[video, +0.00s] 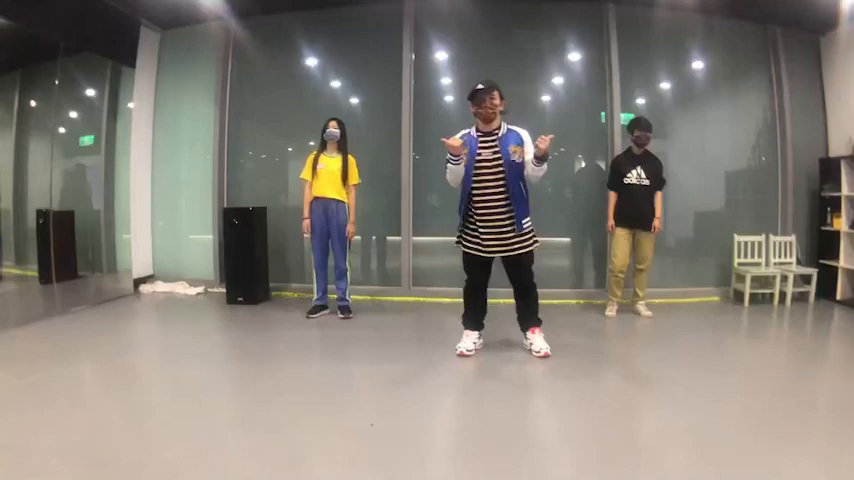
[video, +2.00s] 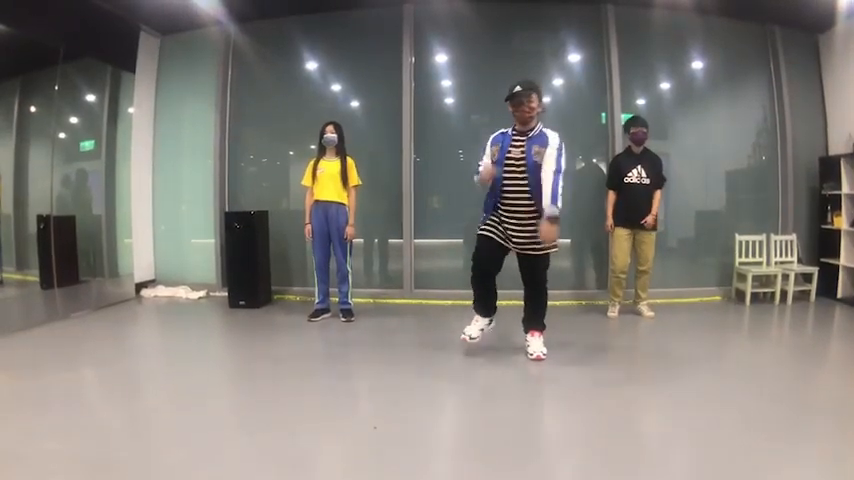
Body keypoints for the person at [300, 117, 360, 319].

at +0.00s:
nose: (332, 131)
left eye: (336, 128)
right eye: (329, 128)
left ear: (342, 134)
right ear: (323, 133)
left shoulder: (348, 160)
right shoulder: (314, 158)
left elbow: (352, 192)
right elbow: (308, 188)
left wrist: (352, 221)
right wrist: (306, 216)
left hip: (339, 204)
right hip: (318, 203)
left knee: (340, 258)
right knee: (319, 257)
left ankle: (343, 301)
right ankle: (320, 301)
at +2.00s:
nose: (330, 136)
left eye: (334, 133)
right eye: (326, 133)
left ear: (340, 137)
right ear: (321, 138)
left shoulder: (347, 162)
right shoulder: (314, 163)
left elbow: (352, 193)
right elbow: (309, 193)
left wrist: (351, 223)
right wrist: (307, 221)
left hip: (339, 207)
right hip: (318, 207)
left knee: (342, 260)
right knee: (320, 260)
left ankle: (345, 305)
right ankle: (322, 304)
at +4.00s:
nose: (345, 149)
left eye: (349, 146)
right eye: (341, 146)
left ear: (354, 154)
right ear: (335, 152)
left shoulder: (356, 180)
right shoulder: (324, 173)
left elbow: (363, 207)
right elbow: (300, 191)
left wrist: (350, 209)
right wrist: (309, 214)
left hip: (341, 224)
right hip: (322, 223)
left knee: (348, 271)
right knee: (328, 273)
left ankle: (348, 313)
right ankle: (299, 311)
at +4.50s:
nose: (318, 147)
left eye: (323, 144)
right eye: (315, 144)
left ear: (330, 152)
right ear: (311, 151)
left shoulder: (334, 171)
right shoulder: (309, 177)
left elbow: (350, 195)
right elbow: (300, 202)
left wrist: (326, 213)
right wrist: (301, 217)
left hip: (334, 224)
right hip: (315, 225)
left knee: (335, 273)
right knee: (305, 269)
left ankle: (365, 309)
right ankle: (309, 314)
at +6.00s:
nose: (322, 136)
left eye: (326, 134)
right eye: (319, 134)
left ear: (333, 141)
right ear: (314, 141)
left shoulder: (342, 164)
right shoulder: (307, 166)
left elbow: (351, 189)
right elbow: (302, 194)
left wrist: (355, 211)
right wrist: (299, 218)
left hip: (336, 213)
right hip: (312, 212)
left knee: (342, 264)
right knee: (310, 265)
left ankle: (355, 310)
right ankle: (307, 311)